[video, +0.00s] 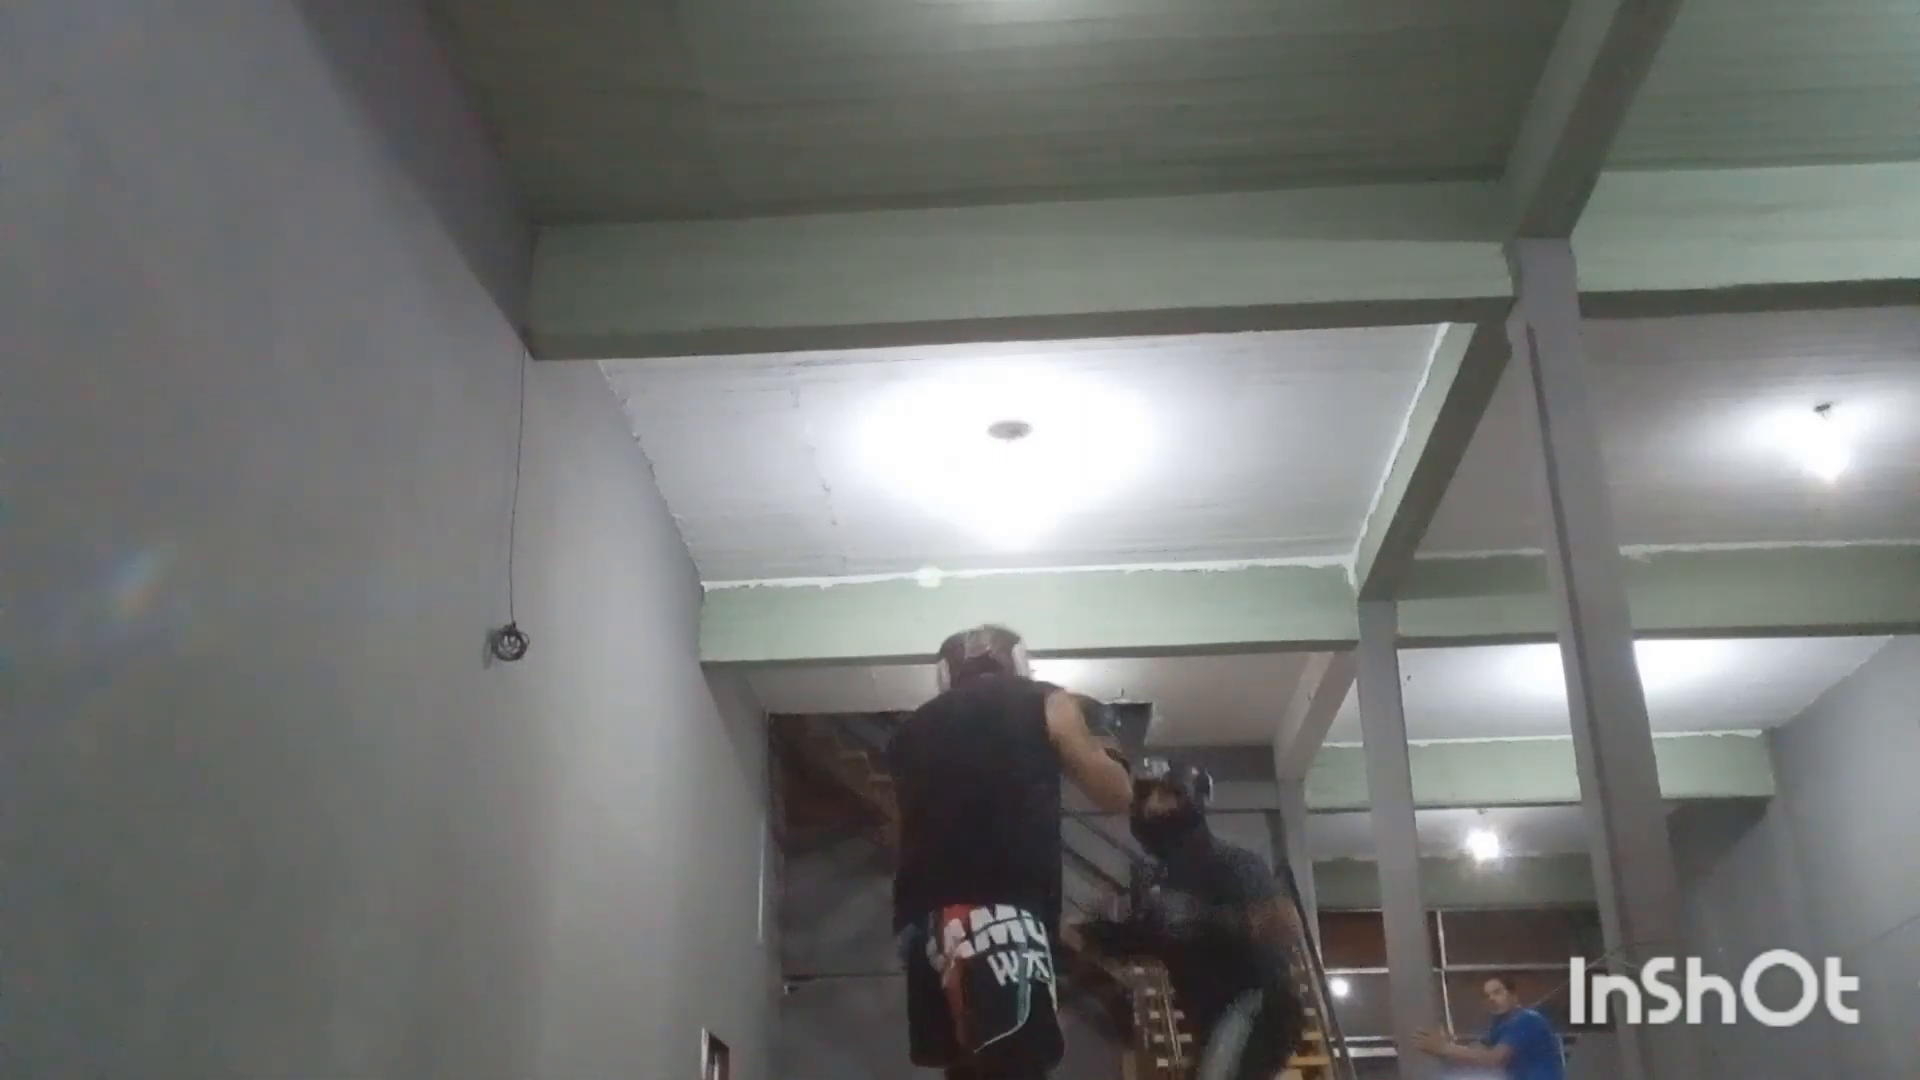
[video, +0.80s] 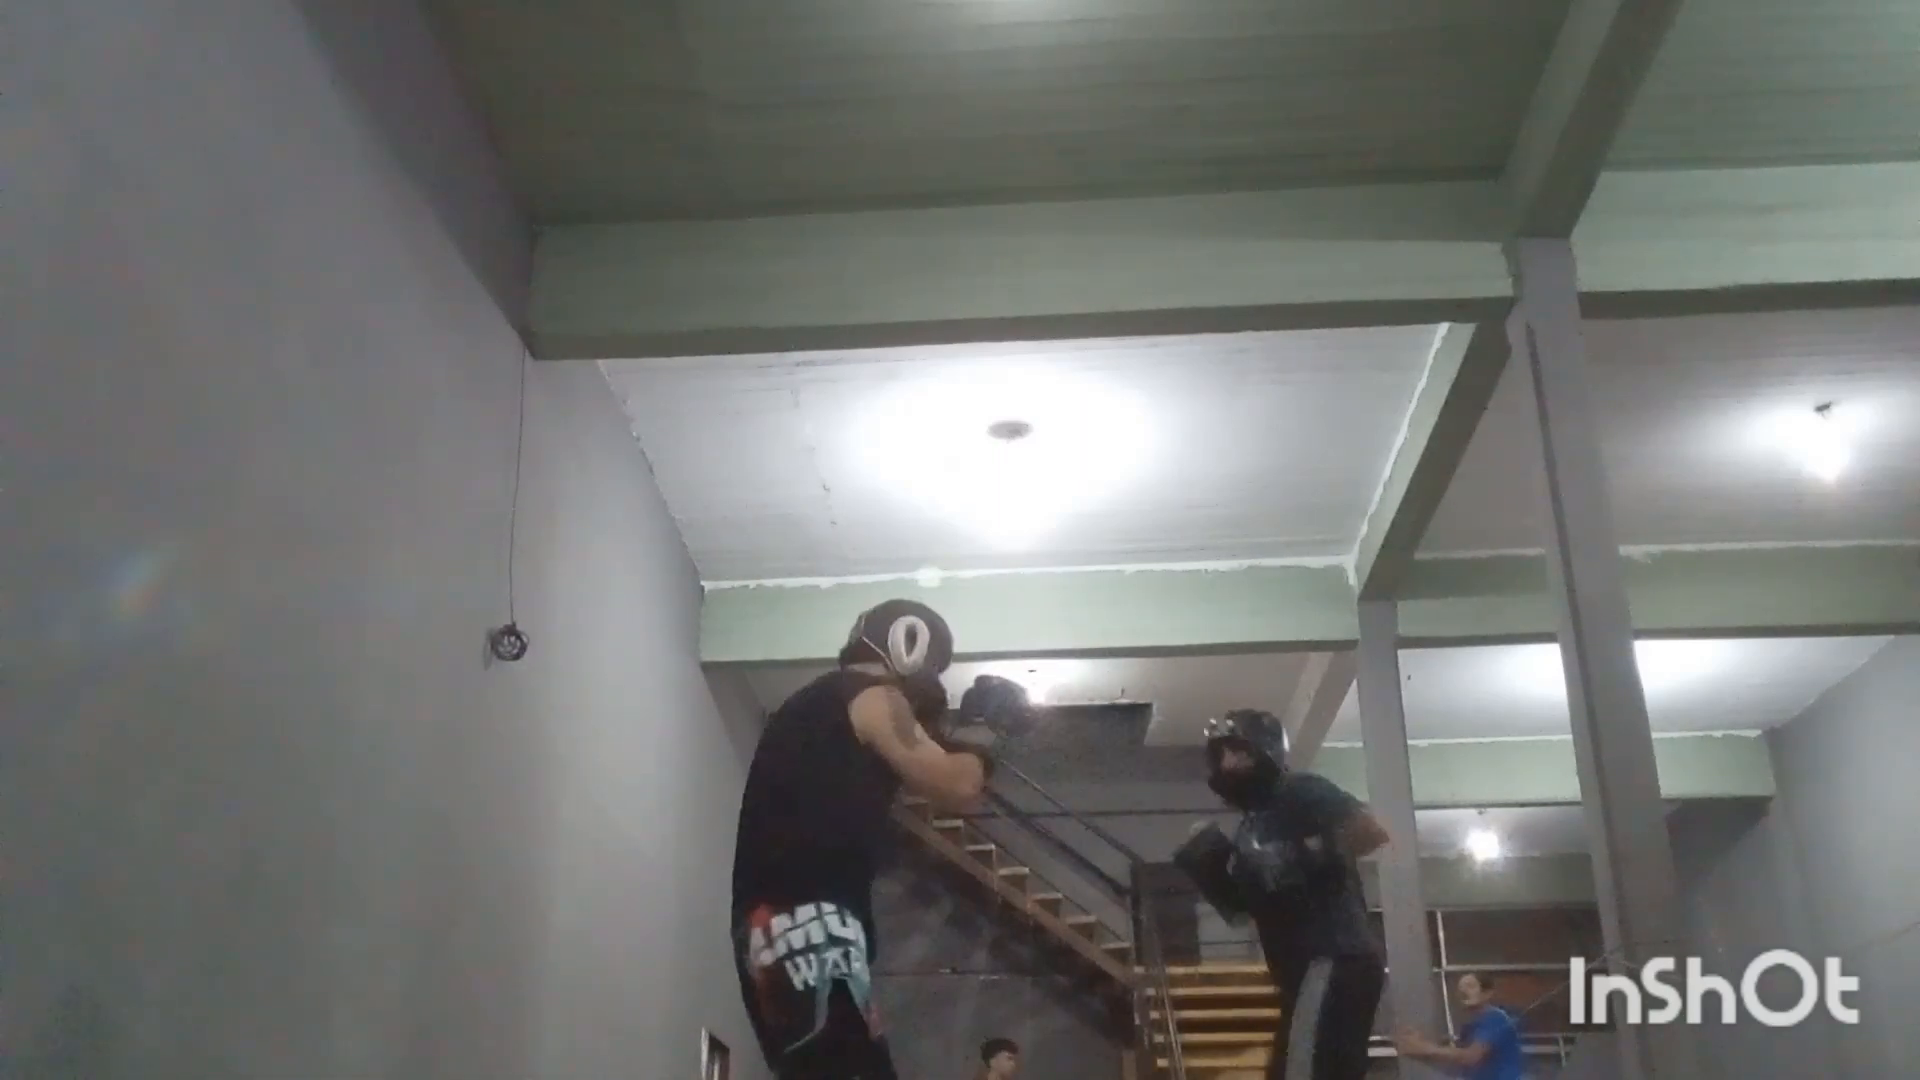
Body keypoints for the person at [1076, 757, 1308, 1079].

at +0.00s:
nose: (1153, 808)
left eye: (1168, 795)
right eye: (1145, 796)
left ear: (1195, 802)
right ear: (1134, 807)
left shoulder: (1240, 866)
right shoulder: (1147, 873)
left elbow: (1282, 932)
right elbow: (1152, 938)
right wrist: (1091, 935)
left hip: (1252, 998)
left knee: (1215, 1069)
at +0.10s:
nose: (1168, 816)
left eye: (1184, 803)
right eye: (1162, 805)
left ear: (1211, 810)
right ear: (1153, 811)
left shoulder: (1253, 874)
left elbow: (1297, 952)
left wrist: (1238, 989)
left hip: (1278, 1015)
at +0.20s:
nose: (1194, 808)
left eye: (1209, 794)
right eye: (1188, 796)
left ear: (1238, 799)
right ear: (1180, 807)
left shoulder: (1283, 857)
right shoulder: (1210, 876)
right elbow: (1176, 936)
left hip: (1301, 1016)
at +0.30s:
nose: (1214, 797)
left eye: (1226, 781)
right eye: (1207, 785)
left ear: (1255, 786)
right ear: (1200, 794)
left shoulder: (1298, 834)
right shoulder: (1230, 860)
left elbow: (1370, 875)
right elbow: (1225, 941)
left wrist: (1327, 936)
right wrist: (1206, 915)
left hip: (1326, 991)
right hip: (1285, 997)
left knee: (1282, 1073)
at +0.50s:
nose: (1247, 838)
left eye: (1259, 826)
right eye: (1242, 828)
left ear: (1287, 828)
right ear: (1234, 835)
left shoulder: (1327, 878)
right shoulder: (1269, 893)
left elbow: (1401, 928)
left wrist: (1346, 972)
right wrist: (1248, 965)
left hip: (1375, 1022)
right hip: (1327, 1030)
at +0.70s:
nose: (1241, 793)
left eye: (1254, 781)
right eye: (1232, 783)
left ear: (1281, 782)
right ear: (1225, 792)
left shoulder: (1318, 827)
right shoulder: (1263, 855)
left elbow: (1381, 870)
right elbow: (1269, 936)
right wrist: (1234, 906)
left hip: (1355, 985)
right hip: (1314, 991)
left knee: (1327, 1072)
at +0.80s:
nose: (1228, 764)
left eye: (1241, 751)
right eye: (1221, 754)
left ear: (1268, 752)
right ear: (1215, 763)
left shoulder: (1302, 790)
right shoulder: (1249, 827)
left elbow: (1371, 832)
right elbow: (1240, 907)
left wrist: (1306, 853)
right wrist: (1209, 869)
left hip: (1338, 956)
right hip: (1298, 963)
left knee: (1301, 1067)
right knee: (1327, 1070)